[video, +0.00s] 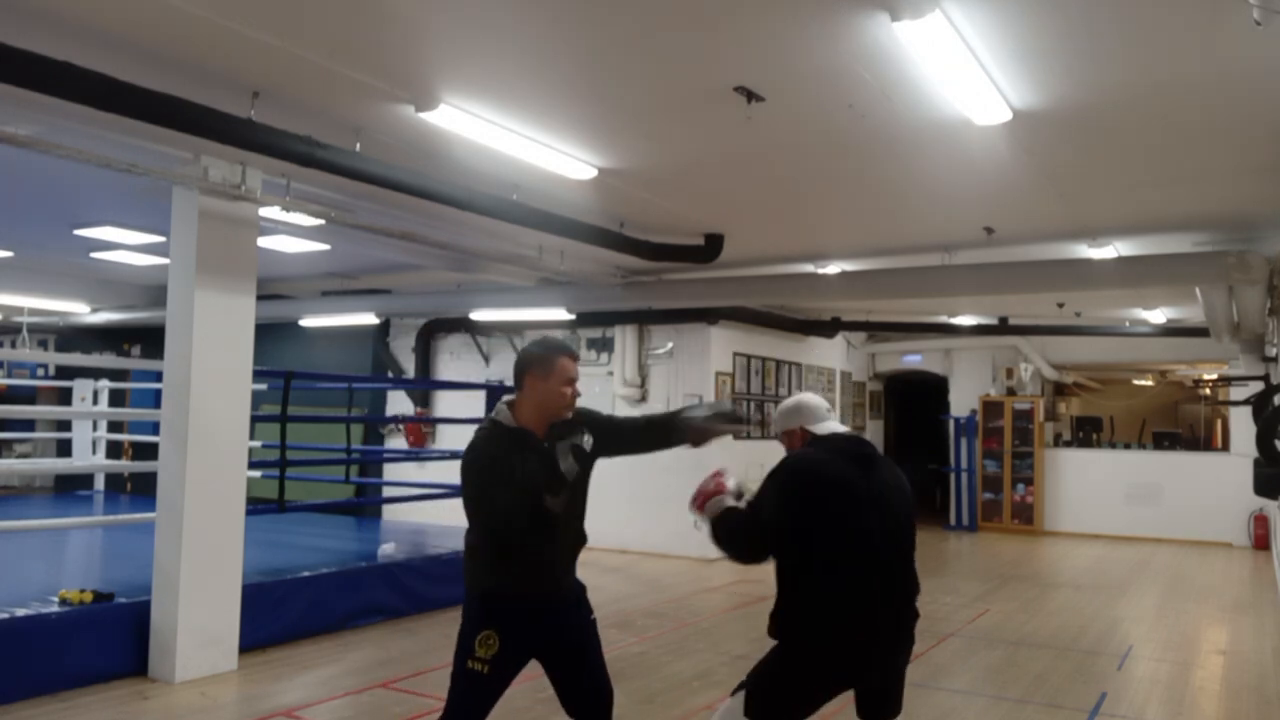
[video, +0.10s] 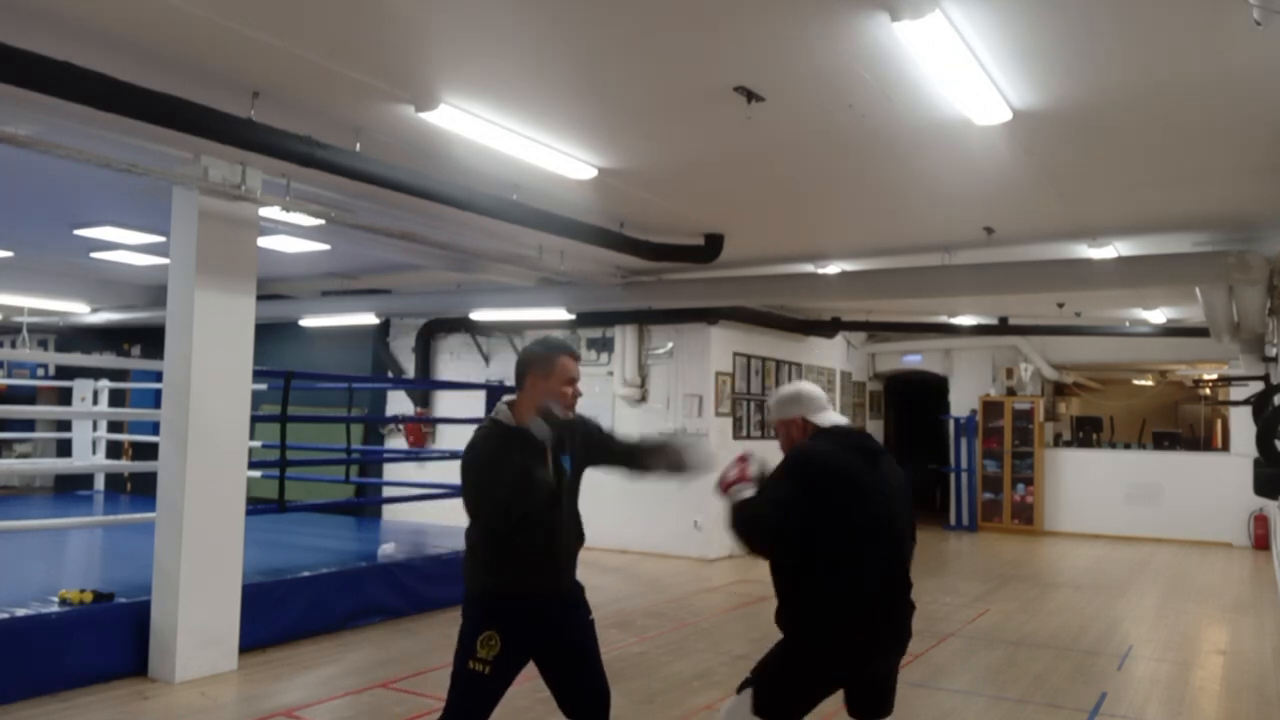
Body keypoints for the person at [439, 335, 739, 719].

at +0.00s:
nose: (575, 392)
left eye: (576, 384)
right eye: (567, 383)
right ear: (531, 382)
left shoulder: (581, 430)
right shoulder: (487, 450)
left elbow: (639, 433)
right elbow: (499, 534)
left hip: (561, 599)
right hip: (498, 604)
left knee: (595, 706)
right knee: (462, 712)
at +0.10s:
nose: (576, 393)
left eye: (577, 383)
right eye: (568, 382)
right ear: (533, 381)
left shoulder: (574, 433)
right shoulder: (488, 446)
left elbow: (625, 452)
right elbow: (492, 519)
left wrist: (673, 455)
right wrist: (532, 437)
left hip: (559, 598)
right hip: (499, 602)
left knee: (592, 706)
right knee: (464, 712)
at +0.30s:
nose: (575, 394)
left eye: (576, 385)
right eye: (567, 383)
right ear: (530, 380)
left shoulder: (548, 439)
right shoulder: (500, 437)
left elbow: (564, 501)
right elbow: (559, 502)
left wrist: (608, 523)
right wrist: (618, 466)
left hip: (552, 600)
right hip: (497, 602)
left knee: (585, 703)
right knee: (465, 710)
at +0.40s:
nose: (571, 393)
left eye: (572, 384)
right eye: (563, 383)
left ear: (532, 383)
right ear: (526, 381)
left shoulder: (555, 434)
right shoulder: (489, 439)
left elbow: (582, 494)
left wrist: (607, 474)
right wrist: (583, 476)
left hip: (553, 598)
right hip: (495, 602)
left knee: (586, 704)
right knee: (462, 711)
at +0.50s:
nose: (570, 393)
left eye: (571, 384)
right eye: (561, 382)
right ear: (524, 379)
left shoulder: (566, 433)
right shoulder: (479, 447)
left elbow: (616, 461)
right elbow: (483, 537)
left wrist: (663, 457)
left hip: (557, 602)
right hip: (494, 606)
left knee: (588, 707)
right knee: (461, 712)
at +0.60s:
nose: (581, 391)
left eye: (582, 382)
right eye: (572, 381)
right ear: (537, 378)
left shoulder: (574, 433)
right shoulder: (501, 432)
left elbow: (615, 479)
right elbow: (499, 510)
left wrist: (652, 471)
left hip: (559, 595)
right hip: (500, 597)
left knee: (592, 704)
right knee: (466, 711)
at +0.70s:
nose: (590, 392)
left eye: (590, 383)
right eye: (582, 382)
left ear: (553, 381)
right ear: (547, 379)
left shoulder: (578, 439)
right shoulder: (509, 434)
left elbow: (601, 490)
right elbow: (549, 485)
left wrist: (641, 510)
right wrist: (608, 457)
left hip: (566, 594)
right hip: (509, 598)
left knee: (600, 703)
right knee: (468, 710)